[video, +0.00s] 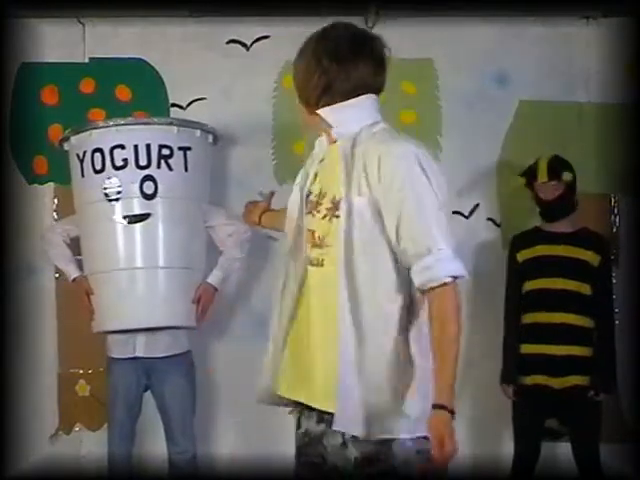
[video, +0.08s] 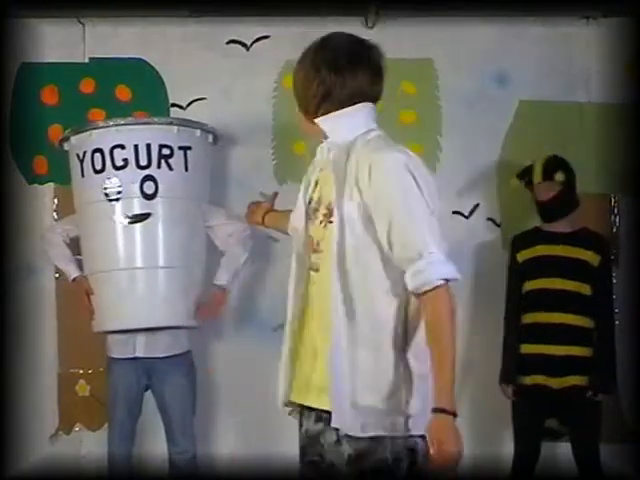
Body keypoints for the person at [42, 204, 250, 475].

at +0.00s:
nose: (143, 193)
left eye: (151, 187)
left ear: (164, 184)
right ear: (123, 188)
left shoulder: (188, 211)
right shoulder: (107, 217)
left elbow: (239, 235)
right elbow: (53, 233)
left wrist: (214, 282)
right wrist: (76, 276)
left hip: (172, 348)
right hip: (121, 350)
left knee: (182, 449)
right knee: (119, 451)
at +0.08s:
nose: (142, 193)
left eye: (151, 187)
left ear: (163, 184)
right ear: (123, 187)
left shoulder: (187, 211)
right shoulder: (106, 216)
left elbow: (239, 235)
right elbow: (53, 233)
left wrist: (220, 288)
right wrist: (76, 277)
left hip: (172, 349)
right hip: (122, 351)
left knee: (182, 449)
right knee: (119, 451)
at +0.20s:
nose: (141, 192)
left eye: (149, 186)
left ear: (161, 185)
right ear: (121, 190)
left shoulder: (181, 212)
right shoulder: (104, 216)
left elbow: (235, 239)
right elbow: (53, 232)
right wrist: (76, 275)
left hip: (173, 349)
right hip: (122, 351)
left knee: (184, 449)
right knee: (118, 450)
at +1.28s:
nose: (135, 189)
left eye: (144, 181)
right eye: (128, 181)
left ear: (157, 181)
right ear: (116, 183)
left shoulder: (176, 208)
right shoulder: (104, 212)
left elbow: (229, 216)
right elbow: (53, 229)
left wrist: (236, 173)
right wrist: (75, 274)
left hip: (172, 340)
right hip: (123, 344)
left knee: (183, 441)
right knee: (121, 441)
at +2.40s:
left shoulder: (179, 218)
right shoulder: (106, 214)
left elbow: (236, 235)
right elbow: (54, 228)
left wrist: (209, 215)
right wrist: (75, 273)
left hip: (172, 337)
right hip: (121, 340)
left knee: (179, 432)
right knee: (120, 429)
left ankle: (183, 477)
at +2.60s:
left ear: (165, 189)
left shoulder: (182, 220)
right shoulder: (106, 217)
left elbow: (216, 247)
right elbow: (56, 227)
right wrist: (75, 273)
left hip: (171, 349)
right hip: (120, 351)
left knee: (182, 448)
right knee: (118, 451)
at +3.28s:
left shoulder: (183, 221)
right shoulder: (108, 217)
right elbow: (59, 230)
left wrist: (204, 297)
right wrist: (81, 277)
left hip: (174, 351)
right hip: (123, 352)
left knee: (183, 449)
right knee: (119, 450)